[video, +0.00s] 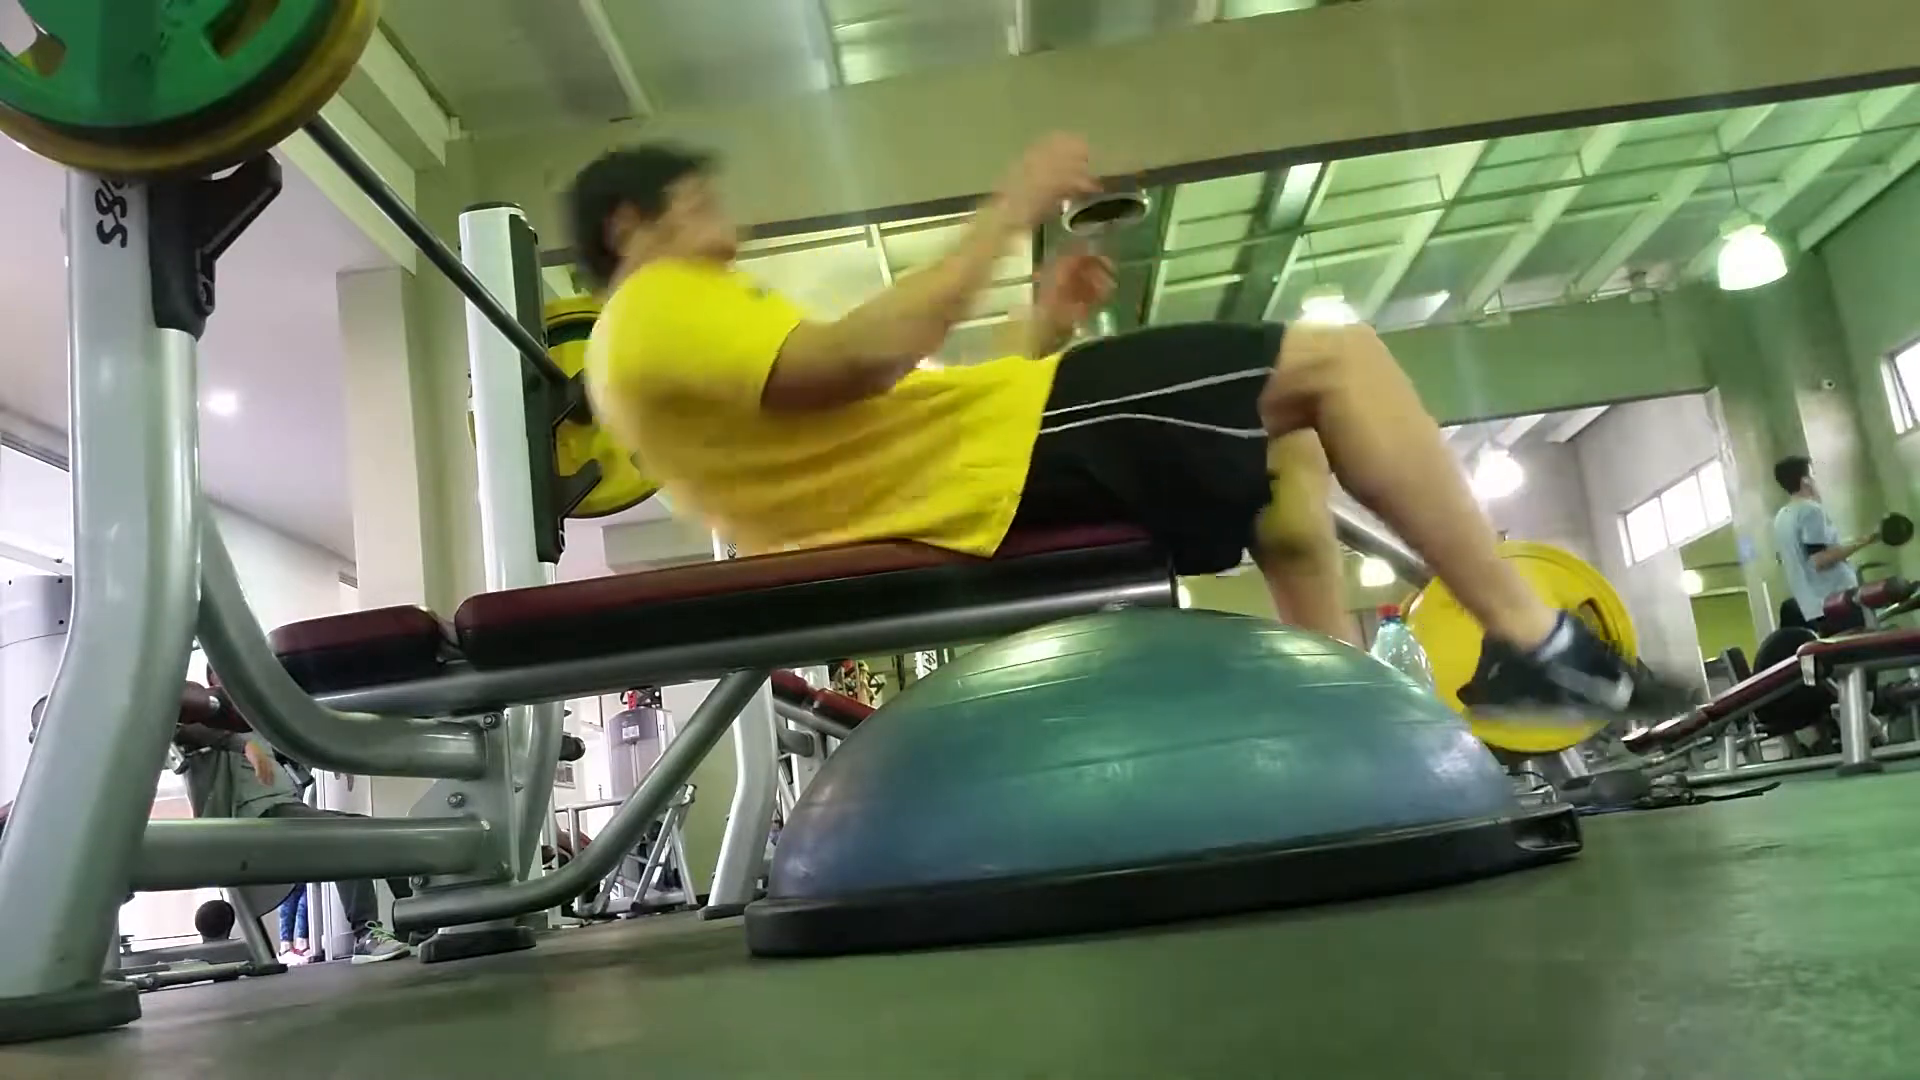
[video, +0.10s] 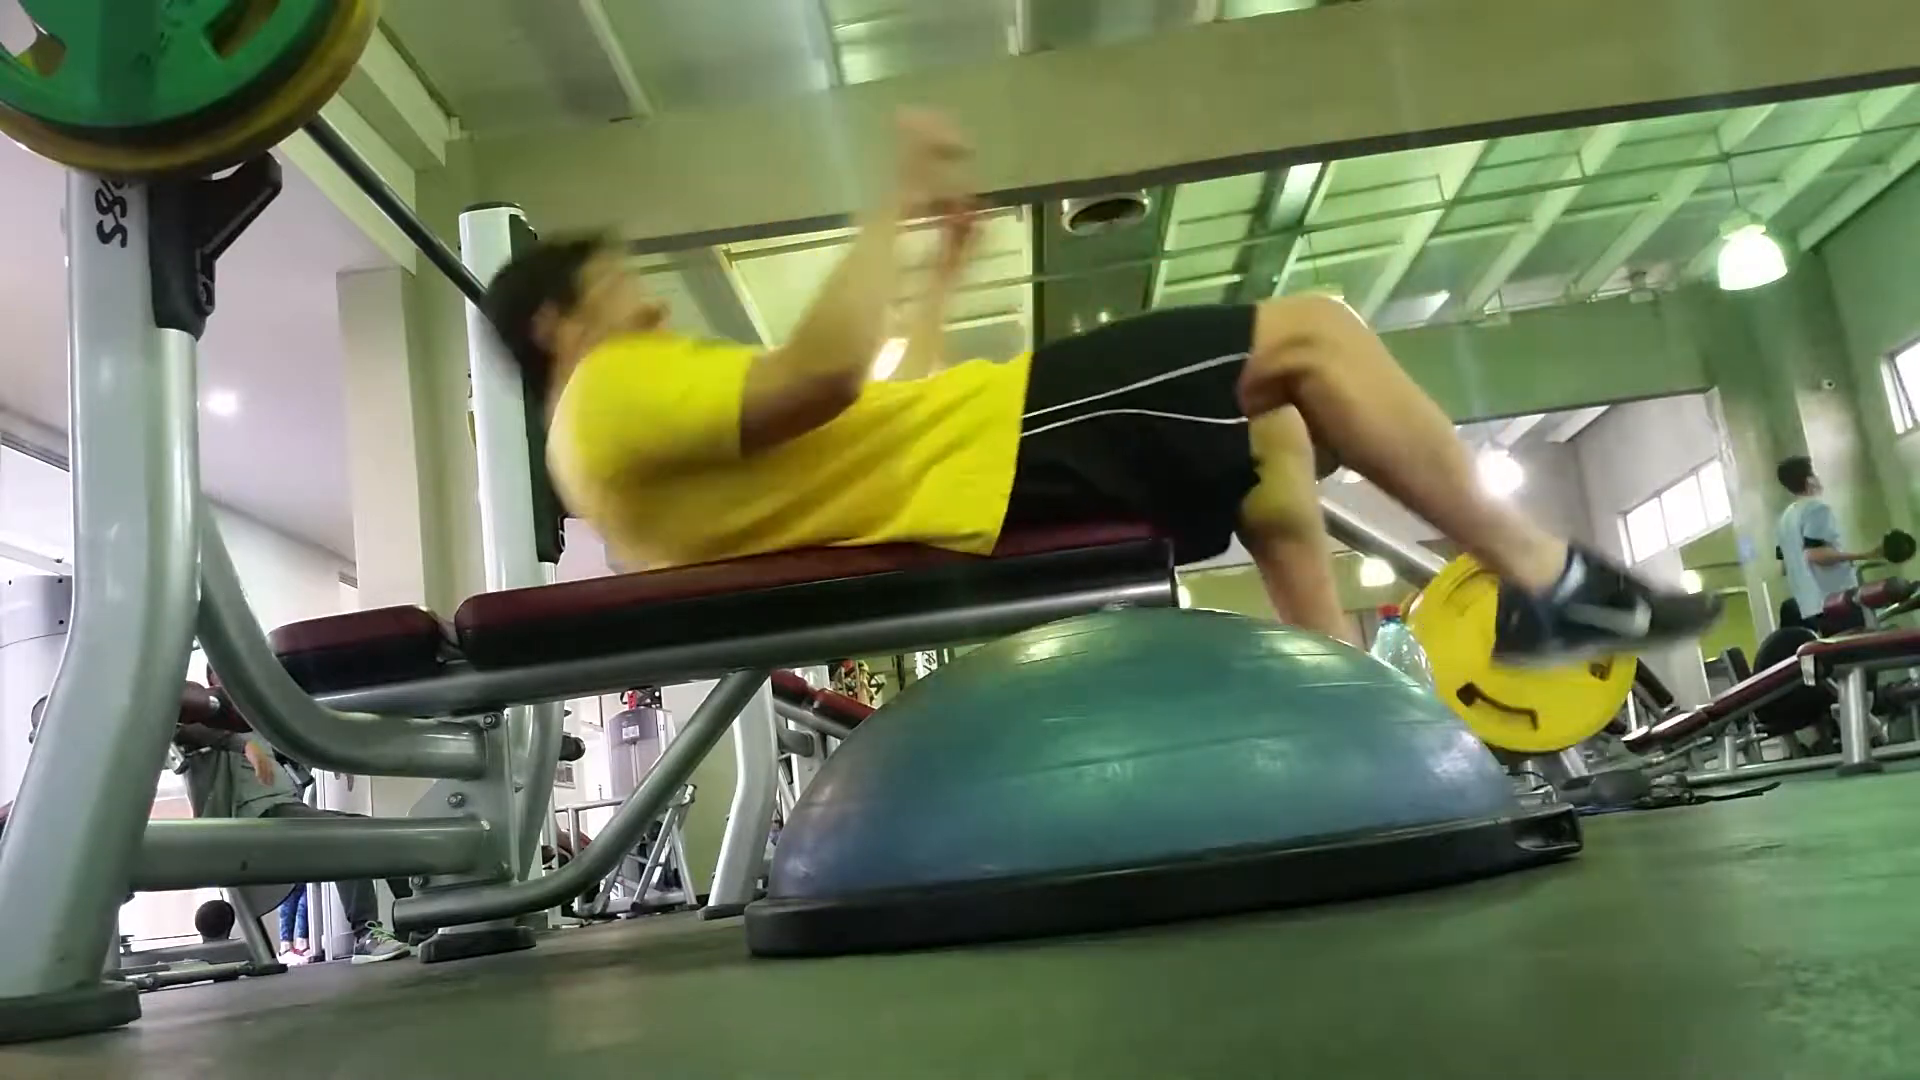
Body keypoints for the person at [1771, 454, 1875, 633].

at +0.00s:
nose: (1816, 479)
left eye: (1813, 474)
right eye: (1812, 474)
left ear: (1786, 485)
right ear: (1804, 481)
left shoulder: (1782, 516)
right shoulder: (1810, 511)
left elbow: (1783, 560)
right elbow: (1819, 559)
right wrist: (1861, 542)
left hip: (1813, 609)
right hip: (1837, 606)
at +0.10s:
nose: (1818, 479)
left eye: (1814, 473)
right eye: (1814, 474)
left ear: (1789, 486)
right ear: (1808, 480)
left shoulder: (1786, 517)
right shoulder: (1816, 508)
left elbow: (1784, 565)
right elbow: (1815, 553)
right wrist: (1865, 555)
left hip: (1810, 610)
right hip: (1837, 606)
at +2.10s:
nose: (1827, 493)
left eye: (1829, 488)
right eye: (1825, 487)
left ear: (1807, 483)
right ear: (1808, 482)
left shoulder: (1777, 518)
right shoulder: (1810, 510)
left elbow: (1773, 571)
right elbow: (1806, 557)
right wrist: (1853, 562)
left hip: (1801, 616)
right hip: (1832, 610)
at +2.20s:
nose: (1822, 498)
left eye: (1825, 492)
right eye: (1823, 491)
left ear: (1798, 485)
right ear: (1812, 485)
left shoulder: (1774, 518)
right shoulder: (1807, 512)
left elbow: (1774, 566)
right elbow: (1813, 561)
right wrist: (1857, 556)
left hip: (1803, 615)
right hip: (1832, 609)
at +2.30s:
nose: (1816, 500)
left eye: (1817, 494)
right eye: (1815, 493)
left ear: (1786, 488)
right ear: (1806, 489)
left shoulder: (1768, 521)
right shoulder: (1804, 514)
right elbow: (1818, 562)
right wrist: (1862, 548)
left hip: (1803, 614)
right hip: (1832, 608)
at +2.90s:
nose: (1819, 486)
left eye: (1818, 480)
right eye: (1817, 480)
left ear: (1791, 484)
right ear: (1809, 482)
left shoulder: (1773, 519)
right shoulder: (1810, 511)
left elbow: (1774, 568)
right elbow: (1817, 558)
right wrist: (1851, 541)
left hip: (1802, 615)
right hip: (1833, 609)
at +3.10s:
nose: (1817, 478)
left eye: (1814, 473)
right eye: (1813, 473)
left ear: (1789, 484)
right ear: (1806, 480)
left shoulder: (1778, 517)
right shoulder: (1815, 507)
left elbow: (1774, 565)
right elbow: (1817, 552)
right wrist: (1850, 570)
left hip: (1795, 609)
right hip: (1826, 605)